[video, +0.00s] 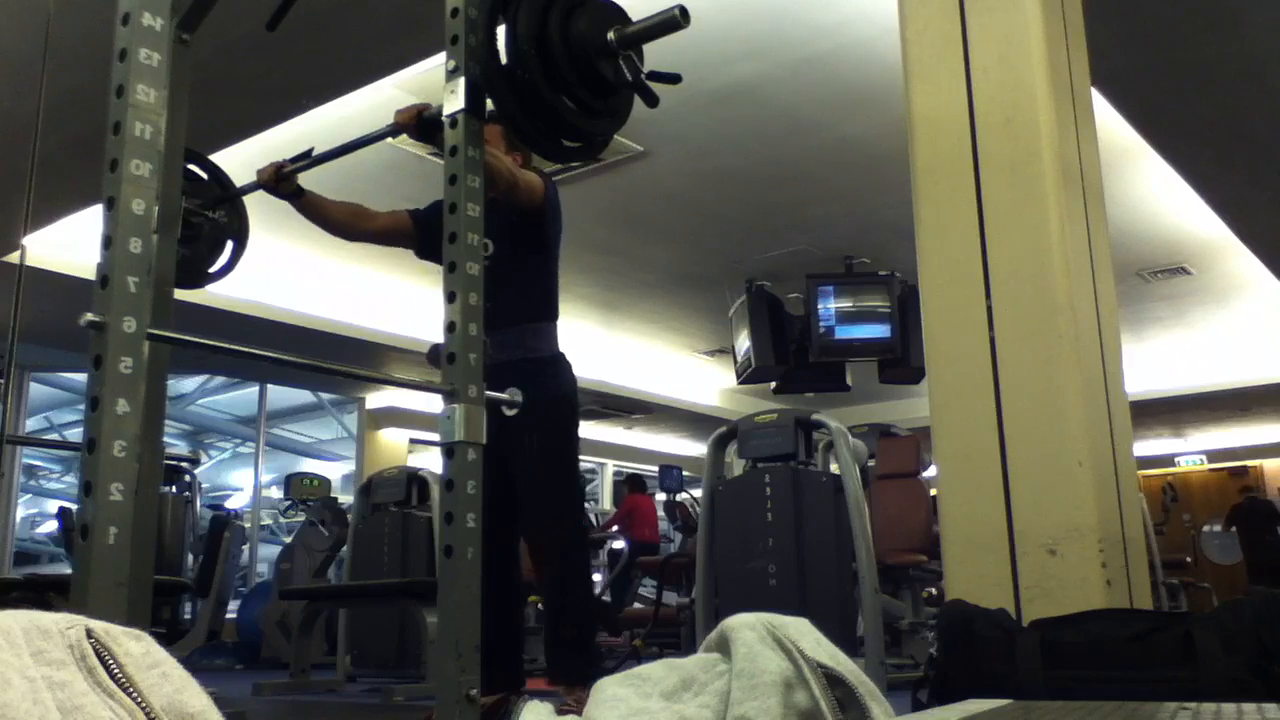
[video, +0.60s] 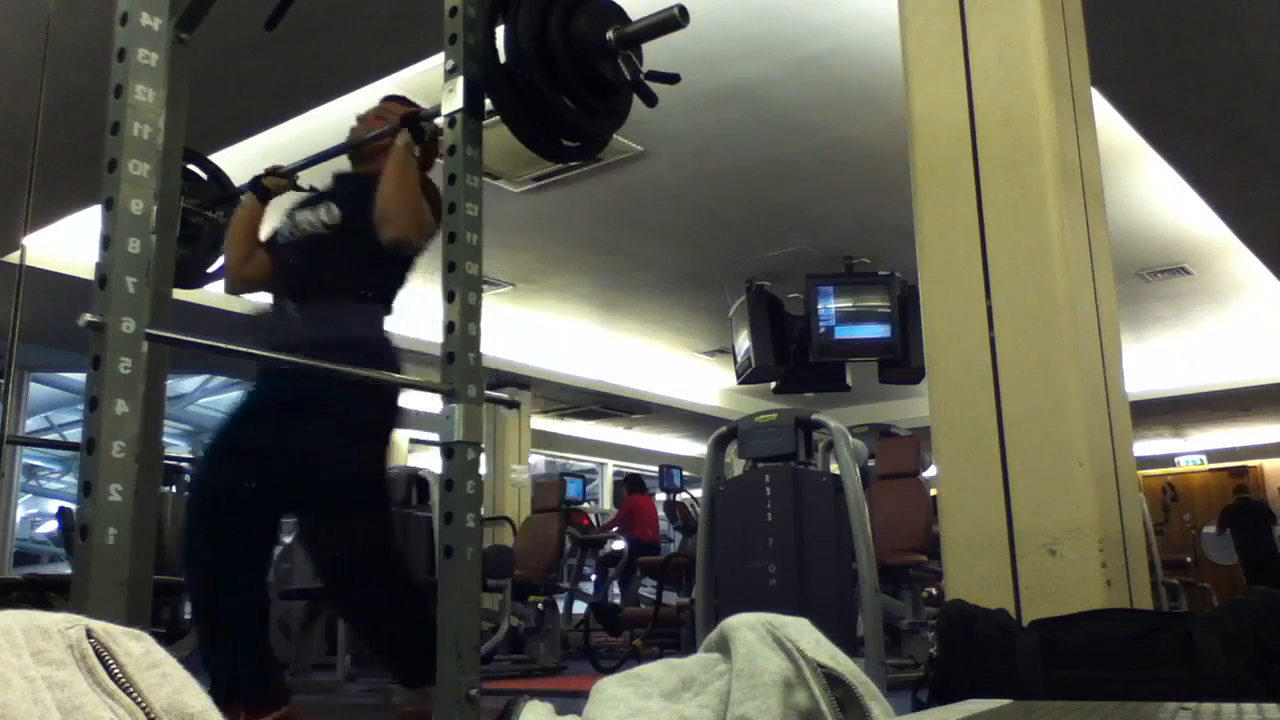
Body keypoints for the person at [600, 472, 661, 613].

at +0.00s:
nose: (626, 490)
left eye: (627, 487)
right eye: (626, 487)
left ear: (631, 487)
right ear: (643, 487)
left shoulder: (631, 500)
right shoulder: (649, 501)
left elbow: (616, 518)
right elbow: (637, 522)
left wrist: (601, 529)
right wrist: (619, 531)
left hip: (637, 546)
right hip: (654, 546)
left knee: (613, 554)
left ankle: (618, 600)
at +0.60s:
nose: (625, 490)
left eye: (625, 487)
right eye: (625, 487)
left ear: (630, 487)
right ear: (642, 486)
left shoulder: (631, 500)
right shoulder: (649, 500)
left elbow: (617, 520)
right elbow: (635, 523)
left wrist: (600, 530)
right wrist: (617, 533)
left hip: (637, 544)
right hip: (654, 545)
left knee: (602, 562)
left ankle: (599, 601)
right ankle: (632, 604)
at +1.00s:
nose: (625, 490)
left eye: (627, 488)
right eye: (626, 488)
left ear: (630, 488)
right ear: (644, 488)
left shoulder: (631, 499)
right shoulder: (650, 501)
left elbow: (617, 519)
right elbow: (636, 523)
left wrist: (600, 530)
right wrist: (618, 532)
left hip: (637, 548)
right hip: (654, 548)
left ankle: (617, 602)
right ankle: (622, 600)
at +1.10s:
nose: (625, 491)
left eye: (627, 488)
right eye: (625, 488)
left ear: (631, 488)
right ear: (644, 488)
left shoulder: (631, 500)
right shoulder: (650, 501)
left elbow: (617, 519)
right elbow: (637, 523)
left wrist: (600, 530)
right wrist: (618, 533)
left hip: (636, 547)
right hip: (654, 547)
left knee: (610, 570)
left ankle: (616, 603)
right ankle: (623, 602)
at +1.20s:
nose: (626, 491)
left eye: (627, 488)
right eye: (626, 488)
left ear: (630, 488)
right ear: (644, 487)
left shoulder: (631, 500)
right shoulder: (650, 501)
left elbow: (617, 519)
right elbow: (637, 523)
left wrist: (602, 529)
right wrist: (619, 531)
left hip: (637, 545)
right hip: (654, 546)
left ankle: (620, 595)